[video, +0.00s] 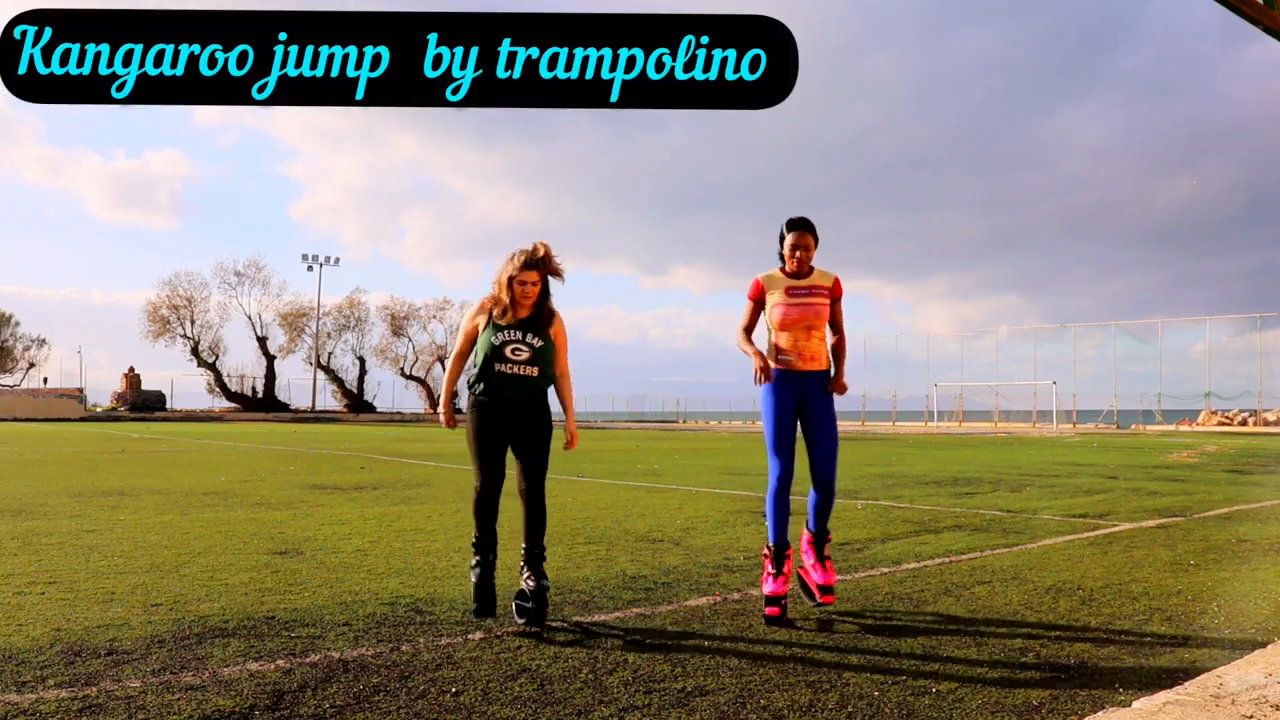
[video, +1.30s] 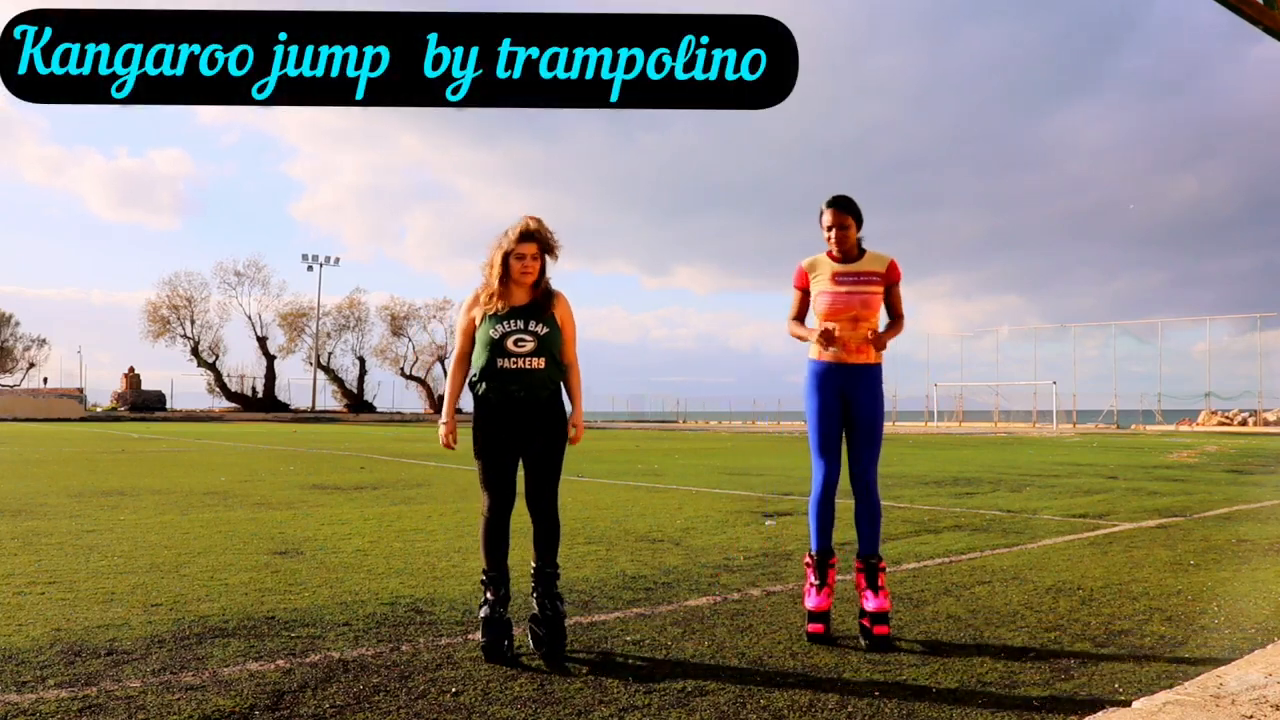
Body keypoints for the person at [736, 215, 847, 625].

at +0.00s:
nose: (800, 255)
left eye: (807, 249)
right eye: (794, 248)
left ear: (816, 250)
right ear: (782, 249)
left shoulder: (829, 284)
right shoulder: (765, 284)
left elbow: (838, 332)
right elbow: (742, 333)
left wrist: (839, 372)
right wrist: (755, 354)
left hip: (819, 384)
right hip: (779, 384)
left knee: (826, 481)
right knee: (781, 474)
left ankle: (814, 550)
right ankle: (777, 561)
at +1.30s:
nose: (835, 235)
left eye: (842, 227)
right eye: (829, 228)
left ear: (858, 227)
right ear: (821, 230)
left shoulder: (883, 267)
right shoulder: (810, 270)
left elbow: (898, 319)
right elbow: (793, 324)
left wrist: (885, 338)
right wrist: (812, 334)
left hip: (865, 380)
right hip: (823, 379)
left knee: (865, 479)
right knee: (826, 475)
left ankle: (871, 573)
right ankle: (819, 571)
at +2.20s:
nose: (863, 231)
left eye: (870, 224)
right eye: (857, 225)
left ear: (887, 226)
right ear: (850, 229)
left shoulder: (908, 272)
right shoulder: (835, 265)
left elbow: (920, 328)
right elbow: (800, 315)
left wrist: (901, 364)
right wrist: (792, 373)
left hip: (878, 379)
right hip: (833, 372)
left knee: (875, 482)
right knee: (803, 468)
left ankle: (871, 577)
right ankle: (777, 566)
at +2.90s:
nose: (867, 223)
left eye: (874, 216)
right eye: (861, 216)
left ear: (888, 221)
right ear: (851, 222)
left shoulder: (910, 255)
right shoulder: (835, 257)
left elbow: (948, 284)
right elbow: (793, 303)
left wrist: (940, 315)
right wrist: (827, 327)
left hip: (880, 370)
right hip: (838, 365)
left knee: (873, 476)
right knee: (815, 462)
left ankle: (865, 570)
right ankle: (785, 553)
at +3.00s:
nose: (857, 210)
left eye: (865, 204)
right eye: (851, 203)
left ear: (876, 210)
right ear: (839, 206)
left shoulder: (895, 245)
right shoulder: (820, 247)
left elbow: (923, 293)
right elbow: (796, 305)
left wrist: (927, 350)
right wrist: (829, 297)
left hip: (880, 354)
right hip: (835, 355)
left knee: (897, 458)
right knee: (833, 459)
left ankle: (906, 554)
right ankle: (829, 560)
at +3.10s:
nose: (852, 222)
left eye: (860, 216)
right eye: (846, 214)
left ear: (870, 220)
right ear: (833, 216)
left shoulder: (888, 260)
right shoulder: (814, 260)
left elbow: (904, 319)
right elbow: (798, 322)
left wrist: (921, 369)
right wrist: (823, 292)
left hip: (880, 365)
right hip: (835, 368)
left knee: (913, 463)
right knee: (841, 471)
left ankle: (946, 552)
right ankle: (848, 574)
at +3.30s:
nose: (839, 250)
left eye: (846, 244)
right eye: (833, 242)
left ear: (855, 249)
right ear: (819, 245)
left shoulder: (872, 284)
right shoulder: (800, 291)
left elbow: (886, 339)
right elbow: (793, 353)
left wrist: (895, 387)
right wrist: (816, 294)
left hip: (882, 388)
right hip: (838, 398)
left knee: (946, 467)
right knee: (849, 496)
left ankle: (1010, 538)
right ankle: (864, 588)